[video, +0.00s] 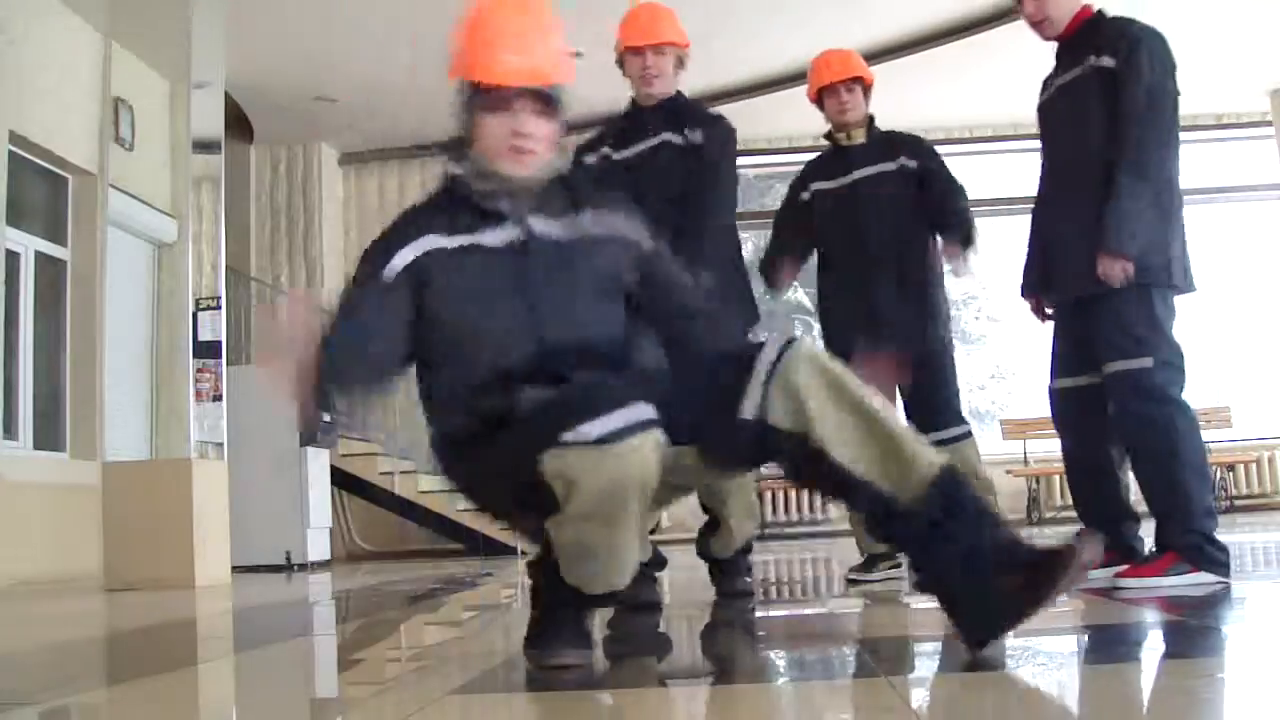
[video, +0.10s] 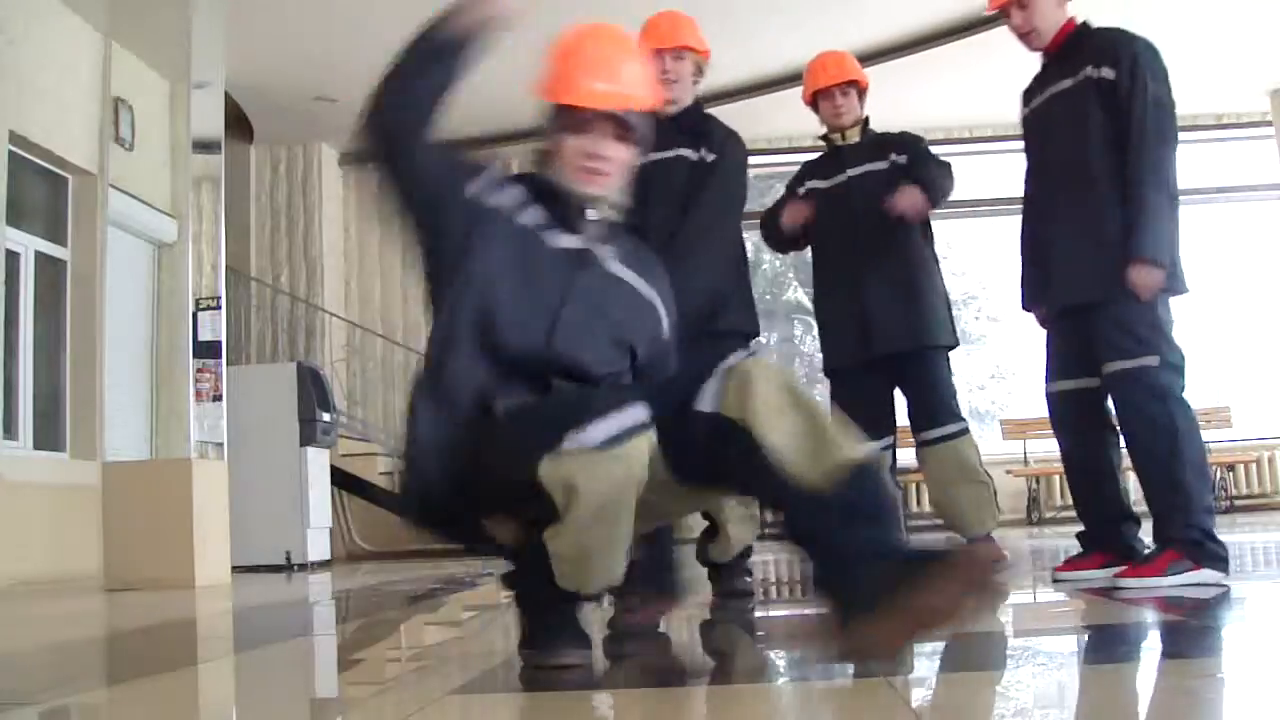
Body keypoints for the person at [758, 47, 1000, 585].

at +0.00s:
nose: (844, 99)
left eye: (851, 88)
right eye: (832, 93)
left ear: (867, 92)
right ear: (818, 104)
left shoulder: (910, 151)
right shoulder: (813, 177)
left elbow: (951, 206)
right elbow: (787, 243)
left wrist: (955, 236)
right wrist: (778, 270)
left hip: (918, 319)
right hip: (850, 328)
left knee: (942, 428)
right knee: (861, 440)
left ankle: (983, 541)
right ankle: (879, 552)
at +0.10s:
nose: (838, 101)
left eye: (846, 91)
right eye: (826, 96)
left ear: (861, 94)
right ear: (814, 107)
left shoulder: (898, 146)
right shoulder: (809, 175)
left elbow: (939, 173)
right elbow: (775, 237)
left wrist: (921, 190)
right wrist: (785, 221)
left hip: (914, 318)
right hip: (847, 329)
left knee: (941, 428)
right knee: (861, 444)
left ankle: (976, 533)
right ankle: (871, 558)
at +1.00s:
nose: (843, 85)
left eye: (852, 74)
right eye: (831, 77)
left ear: (870, 80)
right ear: (817, 87)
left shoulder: (908, 152)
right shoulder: (799, 165)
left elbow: (945, 229)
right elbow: (785, 249)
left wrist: (968, 297)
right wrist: (775, 319)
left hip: (898, 329)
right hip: (824, 334)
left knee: (911, 446)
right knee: (822, 452)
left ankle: (919, 552)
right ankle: (819, 557)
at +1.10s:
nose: (830, 90)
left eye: (840, 80)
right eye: (819, 83)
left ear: (856, 85)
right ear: (805, 92)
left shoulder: (895, 155)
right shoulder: (788, 167)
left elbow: (927, 232)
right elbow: (775, 261)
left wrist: (950, 303)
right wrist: (775, 332)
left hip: (889, 331)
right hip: (816, 336)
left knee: (906, 451)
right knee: (822, 457)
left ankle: (915, 558)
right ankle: (824, 572)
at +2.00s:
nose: (817, 125)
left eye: (826, 115)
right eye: (806, 117)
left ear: (842, 120)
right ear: (794, 125)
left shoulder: (874, 188)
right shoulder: (774, 193)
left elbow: (901, 261)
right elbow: (759, 272)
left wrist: (909, 319)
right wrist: (753, 338)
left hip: (865, 344)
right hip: (798, 347)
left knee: (865, 451)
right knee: (811, 450)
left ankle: (861, 549)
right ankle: (824, 551)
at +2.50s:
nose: (825, 129)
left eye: (835, 119)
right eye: (816, 121)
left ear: (851, 125)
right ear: (804, 129)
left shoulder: (874, 192)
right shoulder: (787, 192)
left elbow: (896, 264)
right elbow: (772, 264)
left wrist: (905, 326)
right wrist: (775, 322)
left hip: (865, 341)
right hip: (805, 342)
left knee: (863, 448)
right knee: (808, 447)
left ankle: (857, 547)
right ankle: (813, 548)